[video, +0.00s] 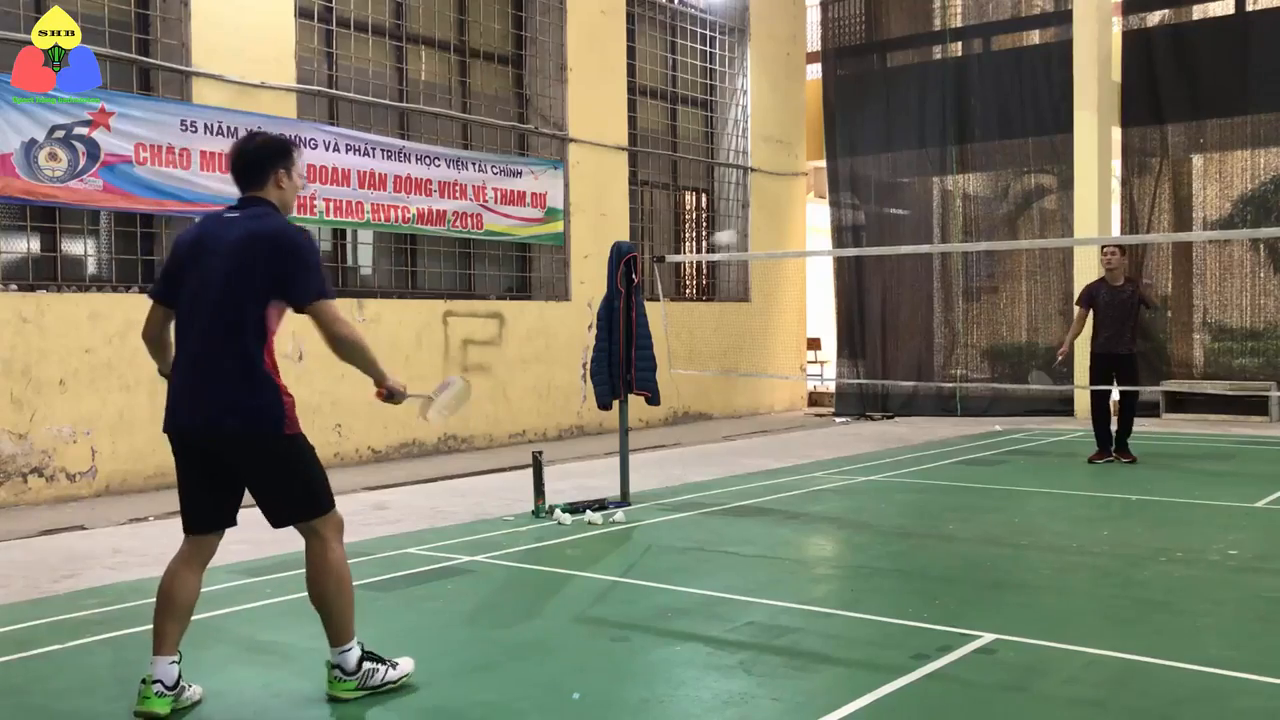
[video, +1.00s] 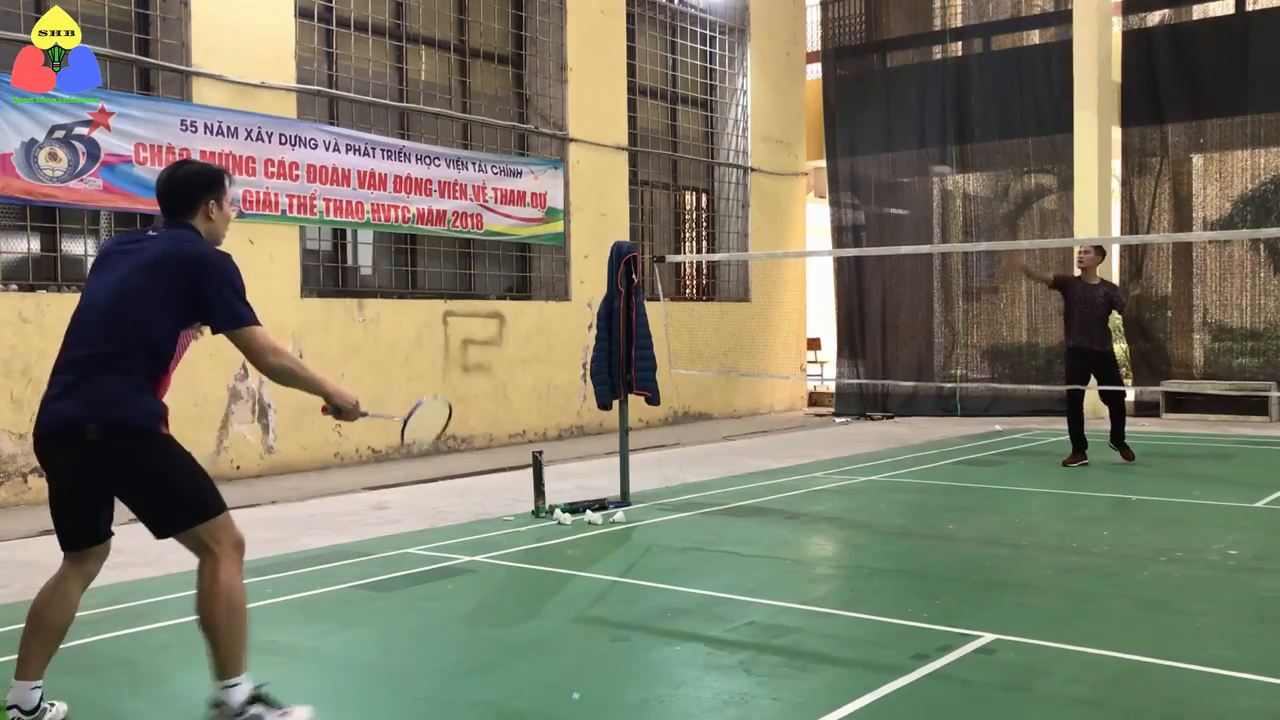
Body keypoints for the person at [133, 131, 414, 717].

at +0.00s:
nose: (300, 188)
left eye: (298, 177)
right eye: (297, 177)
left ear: (243, 180)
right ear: (279, 178)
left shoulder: (196, 235)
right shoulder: (286, 239)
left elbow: (154, 331)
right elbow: (337, 330)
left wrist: (177, 375)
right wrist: (381, 374)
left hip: (191, 416)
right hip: (258, 416)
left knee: (197, 542)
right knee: (324, 529)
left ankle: (161, 679)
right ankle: (349, 664)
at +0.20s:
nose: (346, 203)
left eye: (346, 194)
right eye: (345, 194)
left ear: (285, 193)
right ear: (331, 195)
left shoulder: (236, 238)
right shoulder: (346, 245)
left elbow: (177, 322)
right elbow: (434, 299)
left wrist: (166, 379)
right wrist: (427, 365)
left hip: (211, 410)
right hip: (284, 415)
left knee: (205, 524)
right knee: (343, 529)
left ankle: (167, 659)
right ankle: (353, 664)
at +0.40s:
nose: (348, 203)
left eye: (346, 195)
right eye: (346, 195)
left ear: (287, 193)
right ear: (333, 197)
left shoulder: (236, 234)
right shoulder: (355, 240)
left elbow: (166, 304)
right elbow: (445, 249)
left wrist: (142, 359)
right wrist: (511, 256)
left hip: (209, 410)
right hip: (287, 416)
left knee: (177, 529)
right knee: (341, 528)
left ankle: (142, 664)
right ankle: (354, 663)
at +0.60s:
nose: (300, 197)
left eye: (296, 186)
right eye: (297, 188)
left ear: (239, 190)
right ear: (284, 192)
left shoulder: (188, 246)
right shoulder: (307, 243)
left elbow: (125, 327)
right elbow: (414, 255)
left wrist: (106, 391)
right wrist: (482, 261)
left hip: (177, 430)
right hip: (256, 430)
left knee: (128, 546)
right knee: (326, 532)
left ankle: (54, 670)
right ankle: (354, 662)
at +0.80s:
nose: (239, 218)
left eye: (236, 207)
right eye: (236, 208)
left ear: (178, 213)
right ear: (219, 211)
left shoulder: (133, 261)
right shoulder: (227, 265)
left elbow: (93, 354)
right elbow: (304, 336)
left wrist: (160, 385)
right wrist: (365, 357)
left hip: (101, 440)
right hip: (172, 441)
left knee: (97, 568)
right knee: (257, 554)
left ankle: (25, 696)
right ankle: (334, 662)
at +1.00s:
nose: (231, 217)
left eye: (231, 206)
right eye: (229, 206)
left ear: (167, 207)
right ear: (209, 208)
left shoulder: (118, 248)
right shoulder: (207, 262)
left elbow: (114, 320)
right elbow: (268, 356)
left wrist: (177, 321)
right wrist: (331, 391)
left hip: (58, 427)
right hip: (125, 427)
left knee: (82, 559)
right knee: (222, 545)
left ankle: (22, 698)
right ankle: (234, 696)